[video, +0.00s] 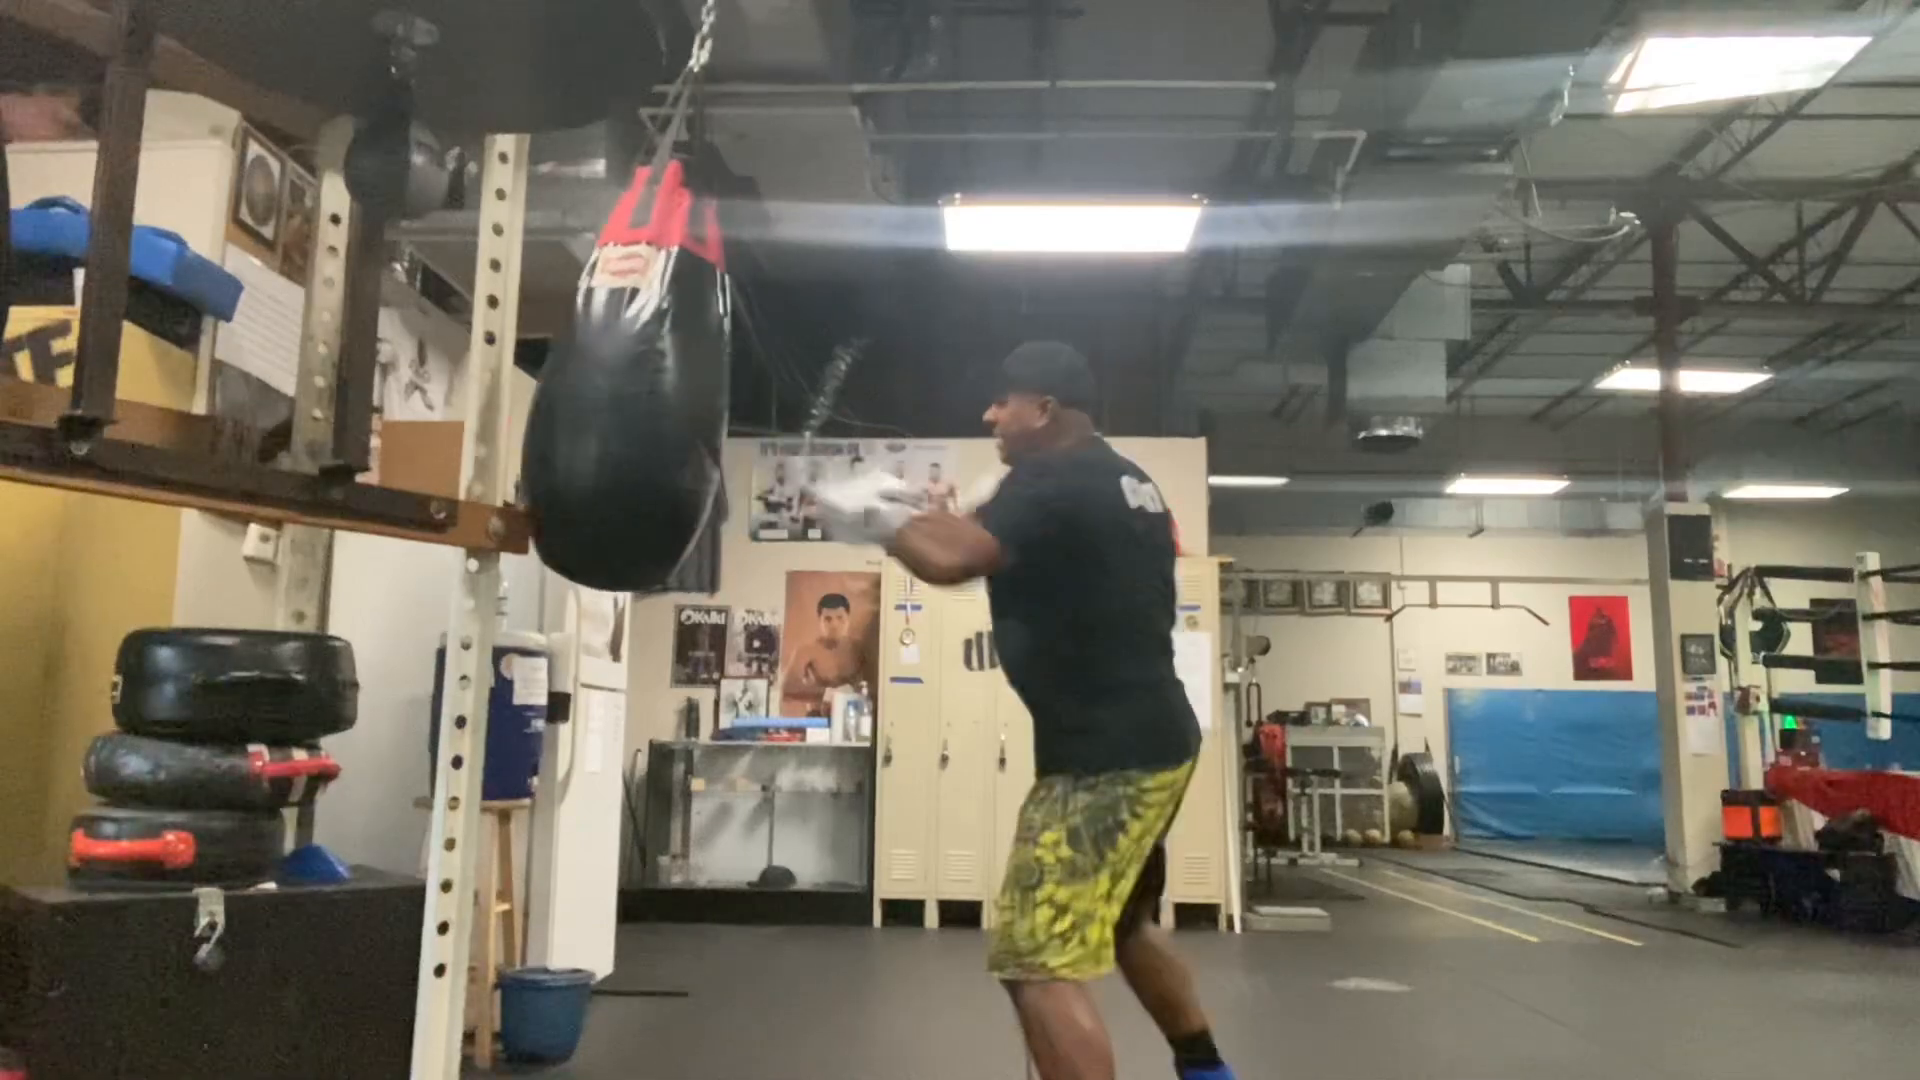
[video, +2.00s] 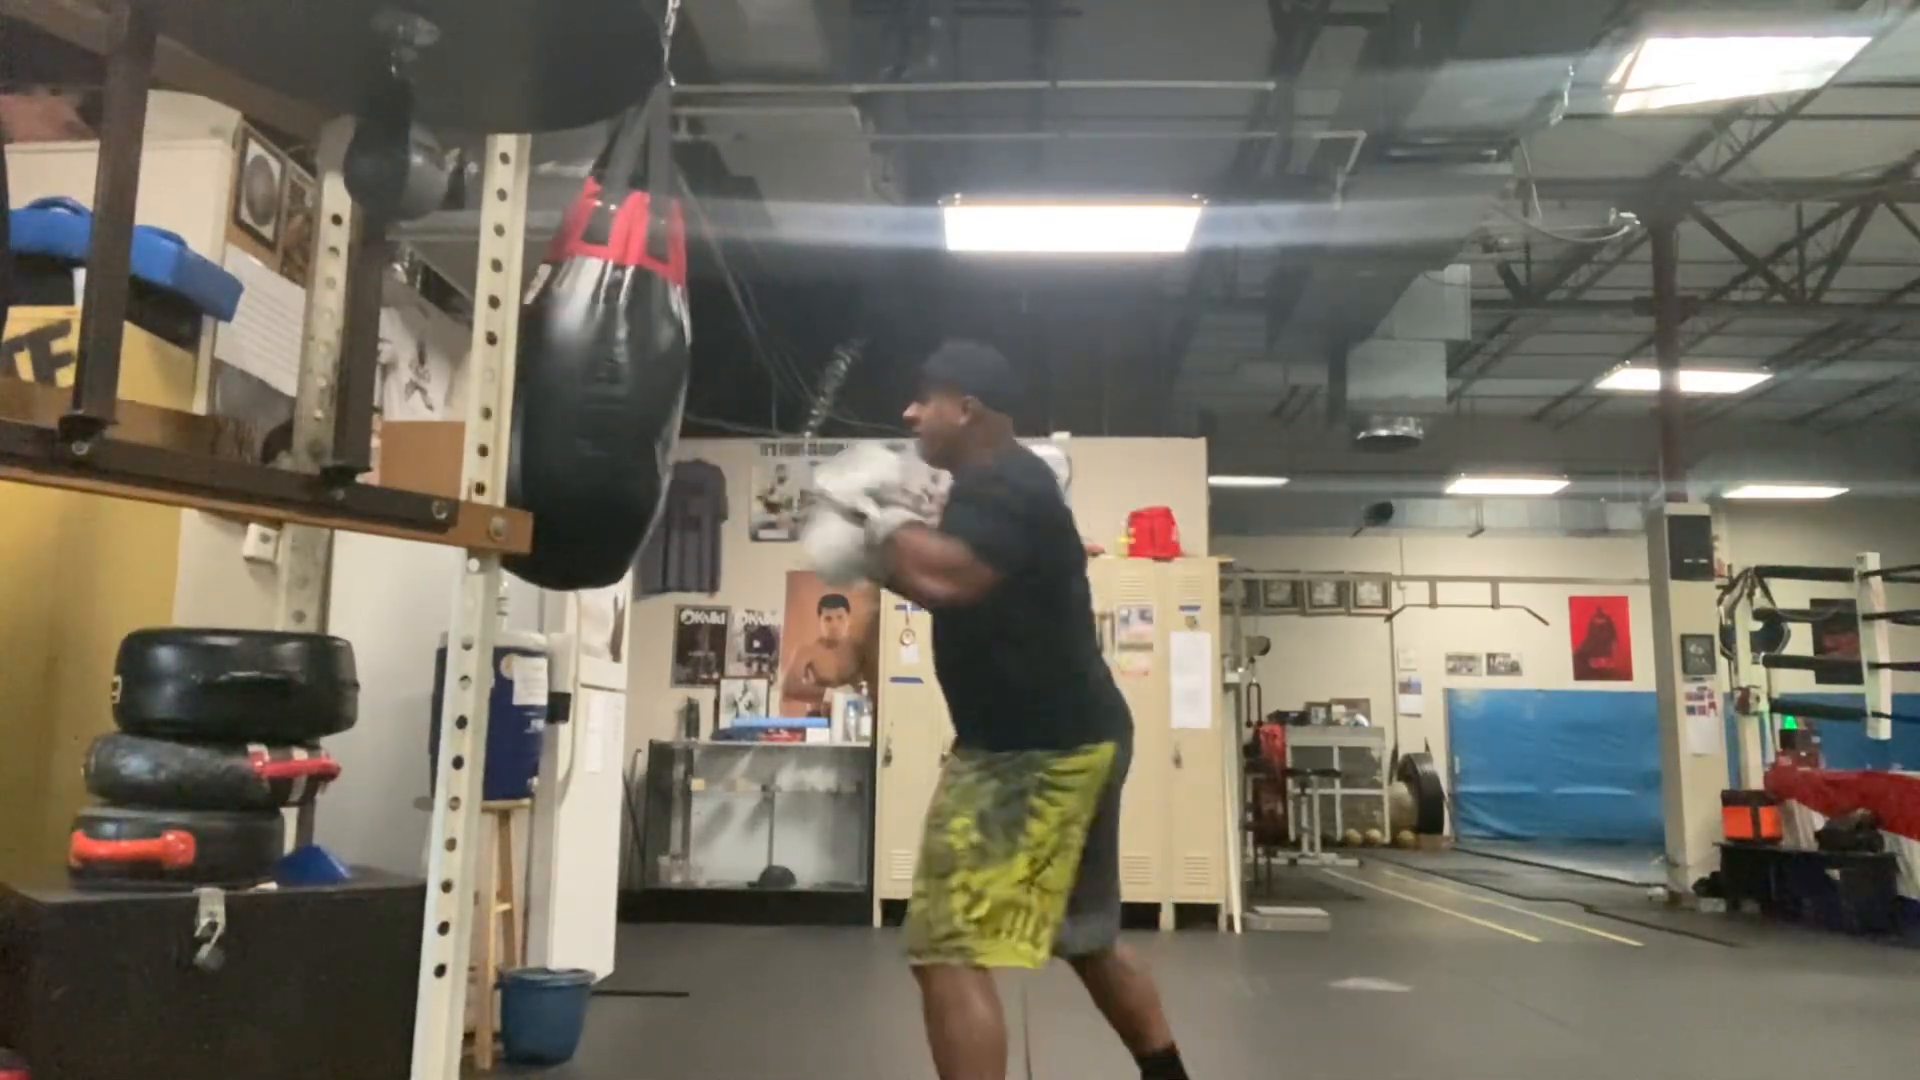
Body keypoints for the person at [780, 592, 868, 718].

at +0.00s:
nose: (834, 625)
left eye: (840, 618)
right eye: (828, 619)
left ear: (848, 620)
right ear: (819, 620)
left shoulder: (859, 650)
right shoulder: (806, 652)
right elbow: (789, 687)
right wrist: (825, 692)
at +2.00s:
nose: (834, 624)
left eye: (840, 618)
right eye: (828, 619)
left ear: (848, 620)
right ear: (819, 621)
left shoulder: (857, 652)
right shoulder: (807, 652)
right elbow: (790, 688)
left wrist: (816, 687)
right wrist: (828, 693)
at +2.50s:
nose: (834, 625)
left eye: (840, 618)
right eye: (828, 619)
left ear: (848, 620)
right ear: (819, 621)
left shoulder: (857, 651)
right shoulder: (808, 652)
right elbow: (790, 688)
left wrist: (816, 685)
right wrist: (828, 693)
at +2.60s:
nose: (834, 625)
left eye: (840, 618)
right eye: (828, 619)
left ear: (847, 620)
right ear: (820, 620)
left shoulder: (858, 651)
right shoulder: (807, 652)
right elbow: (790, 688)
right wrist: (828, 693)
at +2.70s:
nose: (834, 625)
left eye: (840, 618)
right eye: (828, 619)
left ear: (848, 620)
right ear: (819, 620)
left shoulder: (857, 651)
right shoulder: (808, 652)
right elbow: (789, 687)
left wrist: (817, 685)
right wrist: (826, 693)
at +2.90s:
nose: (834, 625)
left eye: (840, 618)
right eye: (828, 619)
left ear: (848, 619)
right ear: (819, 620)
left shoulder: (858, 652)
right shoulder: (807, 652)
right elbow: (789, 688)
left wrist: (816, 686)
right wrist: (827, 693)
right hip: (819, 717)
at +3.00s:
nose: (834, 625)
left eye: (840, 618)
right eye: (828, 619)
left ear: (848, 620)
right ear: (819, 621)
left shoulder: (857, 651)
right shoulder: (808, 652)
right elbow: (789, 688)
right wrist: (825, 693)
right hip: (820, 716)